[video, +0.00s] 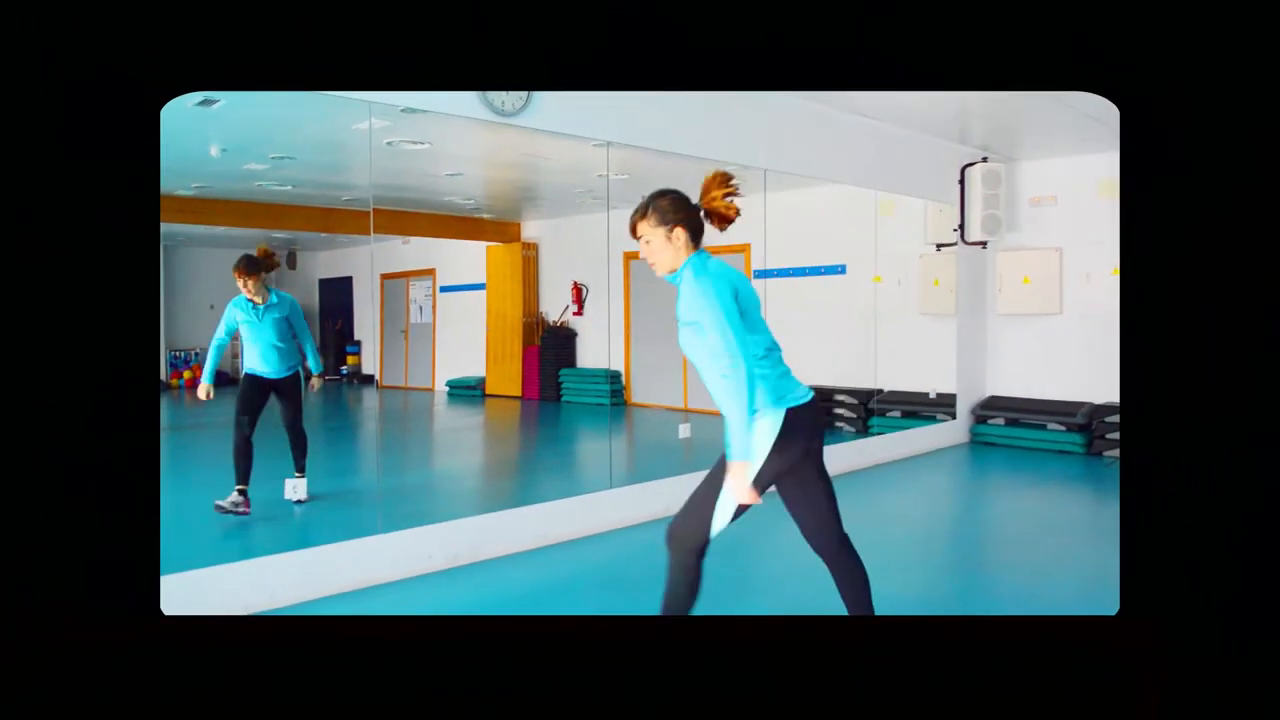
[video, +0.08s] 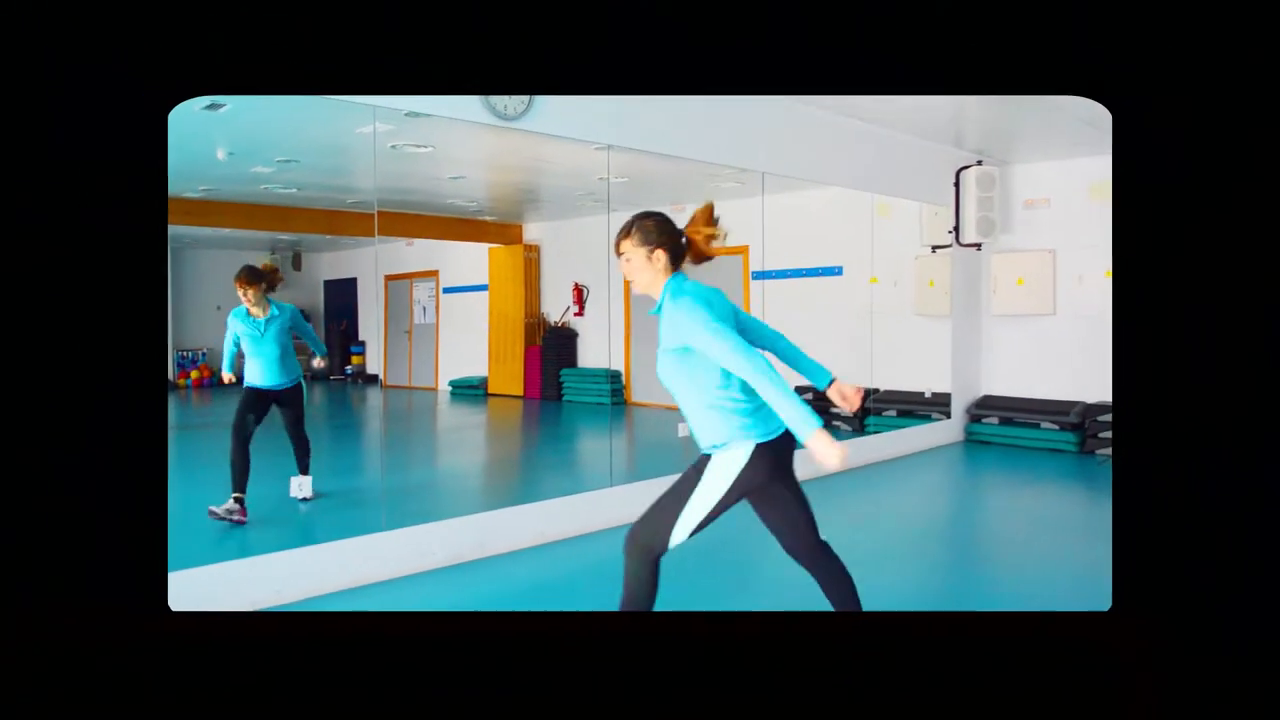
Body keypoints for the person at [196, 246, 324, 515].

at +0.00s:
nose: (243, 285)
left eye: (247, 279)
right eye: (239, 281)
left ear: (261, 276)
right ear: (237, 282)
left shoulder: (287, 303)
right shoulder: (236, 307)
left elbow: (305, 336)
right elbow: (219, 342)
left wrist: (316, 370)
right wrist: (206, 379)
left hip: (288, 376)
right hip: (254, 377)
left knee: (294, 425)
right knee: (243, 428)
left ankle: (300, 478)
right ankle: (241, 493)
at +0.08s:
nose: (243, 295)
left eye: (247, 290)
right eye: (240, 291)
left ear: (263, 288)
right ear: (238, 292)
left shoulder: (287, 313)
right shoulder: (236, 317)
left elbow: (308, 334)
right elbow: (230, 345)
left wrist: (321, 353)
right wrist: (227, 368)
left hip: (289, 386)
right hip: (256, 388)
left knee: (296, 432)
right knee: (240, 433)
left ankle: (304, 479)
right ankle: (237, 502)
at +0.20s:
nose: (235, 287)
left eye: (239, 282)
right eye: (232, 283)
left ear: (256, 281)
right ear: (230, 286)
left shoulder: (280, 307)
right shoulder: (231, 312)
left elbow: (309, 325)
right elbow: (243, 342)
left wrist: (319, 337)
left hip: (282, 383)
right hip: (249, 383)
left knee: (290, 438)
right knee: (240, 442)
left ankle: (311, 470)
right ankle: (244, 504)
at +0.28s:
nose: (231, 279)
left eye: (235, 273)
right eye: (228, 274)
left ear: (252, 272)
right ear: (229, 277)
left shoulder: (277, 301)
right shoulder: (230, 304)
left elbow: (305, 324)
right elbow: (240, 335)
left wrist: (325, 345)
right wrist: (248, 361)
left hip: (275, 380)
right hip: (245, 381)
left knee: (279, 440)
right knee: (242, 442)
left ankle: (307, 463)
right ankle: (250, 502)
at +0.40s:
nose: (230, 274)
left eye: (234, 268)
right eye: (228, 269)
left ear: (251, 267)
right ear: (229, 272)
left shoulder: (273, 298)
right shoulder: (233, 298)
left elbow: (298, 331)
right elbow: (238, 334)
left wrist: (314, 368)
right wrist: (243, 361)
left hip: (273, 375)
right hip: (245, 377)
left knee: (258, 434)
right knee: (245, 437)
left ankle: (291, 484)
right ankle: (258, 498)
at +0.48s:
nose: (220, 272)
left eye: (225, 267)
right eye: (218, 267)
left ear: (241, 267)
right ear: (219, 270)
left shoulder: (259, 296)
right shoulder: (228, 298)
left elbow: (280, 335)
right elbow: (235, 339)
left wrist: (273, 369)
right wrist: (229, 371)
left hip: (259, 377)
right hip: (237, 377)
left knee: (240, 435)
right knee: (237, 436)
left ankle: (261, 502)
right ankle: (252, 497)